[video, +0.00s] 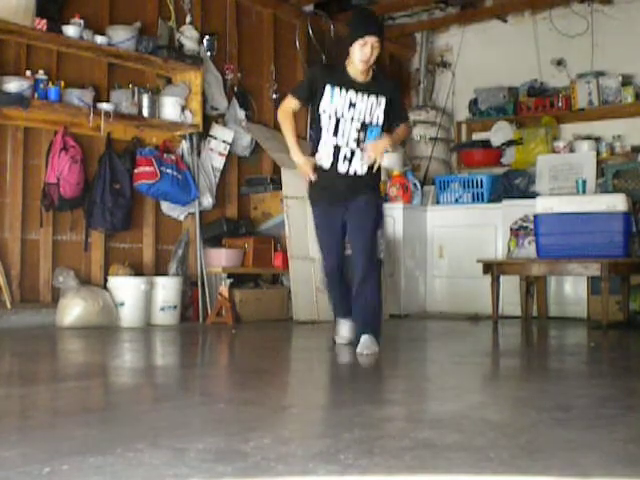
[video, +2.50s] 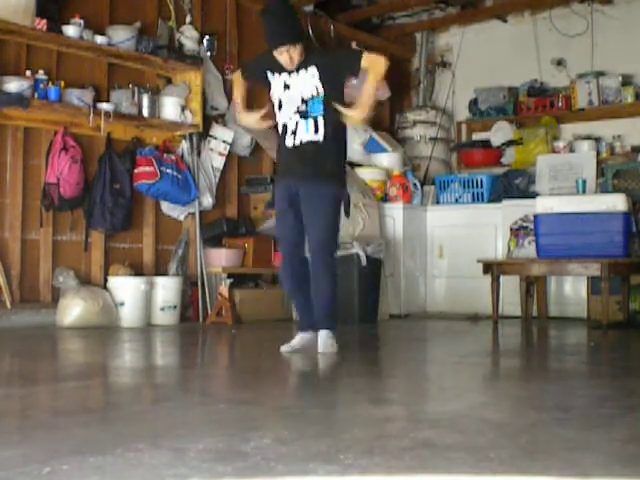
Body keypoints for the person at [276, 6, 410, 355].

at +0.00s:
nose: (369, 52)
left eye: (374, 46)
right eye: (363, 45)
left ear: (379, 50)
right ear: (349, 46)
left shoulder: (386, 88)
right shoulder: (322, 79)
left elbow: (403, 127)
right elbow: (285, 110)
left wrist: (386, 142)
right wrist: (298, 155)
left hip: (363, 188)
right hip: (325, 187)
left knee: (365, 259)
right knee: (332, 261)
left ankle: (367, 332)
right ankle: (343, 317)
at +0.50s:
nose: (382, 72)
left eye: (387, 68)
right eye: (382, 65)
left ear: (386, 64)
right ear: (369, 55)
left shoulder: (384, 91)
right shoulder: (325, 79)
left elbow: (394, 135)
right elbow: (283, 105)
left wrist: (392, 87)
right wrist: (276, 141)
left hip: (352, 194)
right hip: (312, 190)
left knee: (344, 267)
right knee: (299, 262)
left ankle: (347, 335)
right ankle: (301, 334)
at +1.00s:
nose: (345, 34)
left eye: (349, 27)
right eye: (338, 28)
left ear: (357, 32)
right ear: (325, 32)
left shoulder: (366, 68)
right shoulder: (304, 62)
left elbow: (360, 105)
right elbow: (275, 96)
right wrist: (248, 130)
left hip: (335, 169)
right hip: (304, 164)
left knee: (316, 249)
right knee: (322, 246)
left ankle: (263, 326)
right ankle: (307, 336)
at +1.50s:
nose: (299, 46)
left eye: (305, 37)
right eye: (292, 37)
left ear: (315, 37)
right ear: (281, 38)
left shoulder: (328, 72)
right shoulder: (270, 64)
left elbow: (358, 118)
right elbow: (253, 101)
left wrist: (317, 107)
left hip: (302, 180)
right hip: (262, 179)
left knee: (317, 255)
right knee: (246, 255)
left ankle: (335, 321)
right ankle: (234, 324)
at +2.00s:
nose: (290, 52)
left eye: (295, 45)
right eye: (283, 46)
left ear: (304, 43)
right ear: (273, 47)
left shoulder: (325, 73)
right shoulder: (260, 83)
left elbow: (354, 110)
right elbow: (255, 125)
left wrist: (332, 137)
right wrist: (276, 137)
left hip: (333, 183)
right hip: (295, 189)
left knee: (353, 254)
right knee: (310, 265)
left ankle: (371, 324)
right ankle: (335, 328)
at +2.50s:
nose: (287, 57)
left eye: (291, 49)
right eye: (279, 52)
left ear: (302, 39)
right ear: (271, 48)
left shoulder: (327, 61)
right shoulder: (268, 65)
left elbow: (377, 62)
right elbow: (239, 75)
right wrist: (241, 115)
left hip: (323, 175)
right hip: (287, 174)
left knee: (320, 252)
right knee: (290, 252)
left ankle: (325, 330)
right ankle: (307, 328)